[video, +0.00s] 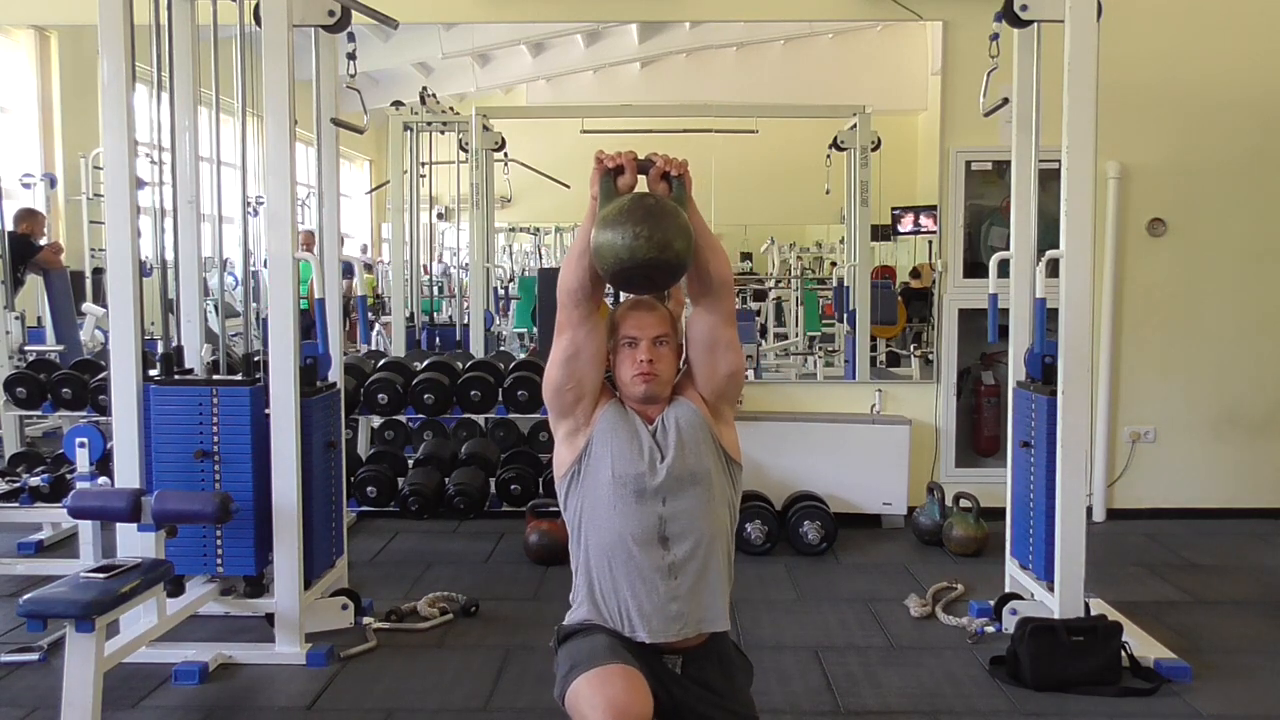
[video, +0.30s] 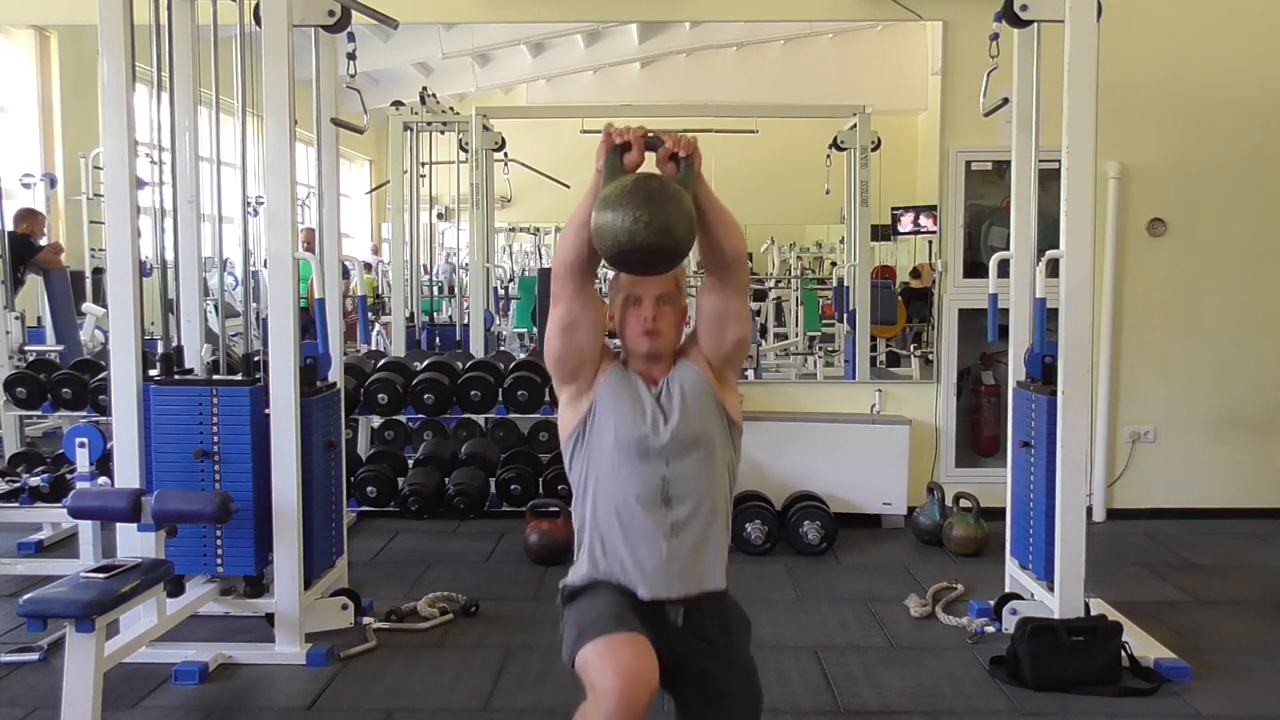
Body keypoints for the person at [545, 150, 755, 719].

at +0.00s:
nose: (645, 355)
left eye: (659, 343)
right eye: (630, 345)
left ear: (679, 358)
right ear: (611, 360)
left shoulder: (709, 409)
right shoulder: (583, 416)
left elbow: (716, 298)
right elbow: (577, 304)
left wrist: (684, 211)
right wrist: (600, 209)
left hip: (709, 654)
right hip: (609, 642)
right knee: (616, 704)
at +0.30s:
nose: (651, 314)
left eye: (664, 300)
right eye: (634, 301)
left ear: (685, 312)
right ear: (614, 316)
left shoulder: (713, 371)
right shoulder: (587, 380)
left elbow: (729, 270)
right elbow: (571, 274)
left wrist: (695, 188)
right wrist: (605, 180)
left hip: (706, 605)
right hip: (608, 593)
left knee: (734, 706)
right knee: (627, 682)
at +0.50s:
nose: (662, 259)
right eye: (650, 246)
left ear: (705, 234)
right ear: (624, 240)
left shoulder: (727, 293)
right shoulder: (599, 298)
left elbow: (764, 225)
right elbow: (562, 228)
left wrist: (718, 165)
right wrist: (616, 159)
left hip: (714, 510)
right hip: (622, 511)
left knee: (737, 665)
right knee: (623, 657)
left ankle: (708, 679)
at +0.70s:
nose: (685, 182)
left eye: (696, 172)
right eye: (672, 173)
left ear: (717, 185)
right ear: (653, 186)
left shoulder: (739, 247)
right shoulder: (630, 248)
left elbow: (788, 221)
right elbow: (577, 225)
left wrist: (732, 173)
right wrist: (634, 174)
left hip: (718, 448)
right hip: (633, 444)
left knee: (718, 594)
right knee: (625, 584)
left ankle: (704, 688)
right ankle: (598, 713)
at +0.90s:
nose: (687, 155)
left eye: (699, 147)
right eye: (675, 148)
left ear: (717, 166)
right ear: (656, 166)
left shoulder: (745, 224)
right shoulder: (630, 227)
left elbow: (804, 259)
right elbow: (569, 256)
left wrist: (739, 237)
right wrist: (637, 240)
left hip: (719, 424)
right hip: (634, 423)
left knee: (711, 558)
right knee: (620, 560)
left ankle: (707, 686)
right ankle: (609, 669)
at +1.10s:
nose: (676, 158)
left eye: (688, 150)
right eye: (664, 150)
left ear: (705, 168)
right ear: (645, 167)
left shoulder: (736, 238)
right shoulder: (611, 242)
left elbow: (786, 298)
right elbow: (563, 305)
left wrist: (726, 318)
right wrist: (628, 321)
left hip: (711, 420)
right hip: (628, 421)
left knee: (706, 547)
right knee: (624, 549)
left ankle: (708, 684)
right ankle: (615, 671)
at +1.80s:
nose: (653, 158)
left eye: (666, 151)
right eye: (642, 151)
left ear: (684, 170)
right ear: (625, 171)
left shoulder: (720, 249)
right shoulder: (589, 254)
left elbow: (736, 336)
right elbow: (571, 342)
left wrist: (693, 407)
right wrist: (615, 408)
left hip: (695, 419)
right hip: (611, 419)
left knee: (697, 545)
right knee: (614, 543)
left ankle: (707, 682)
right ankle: (613, 673)